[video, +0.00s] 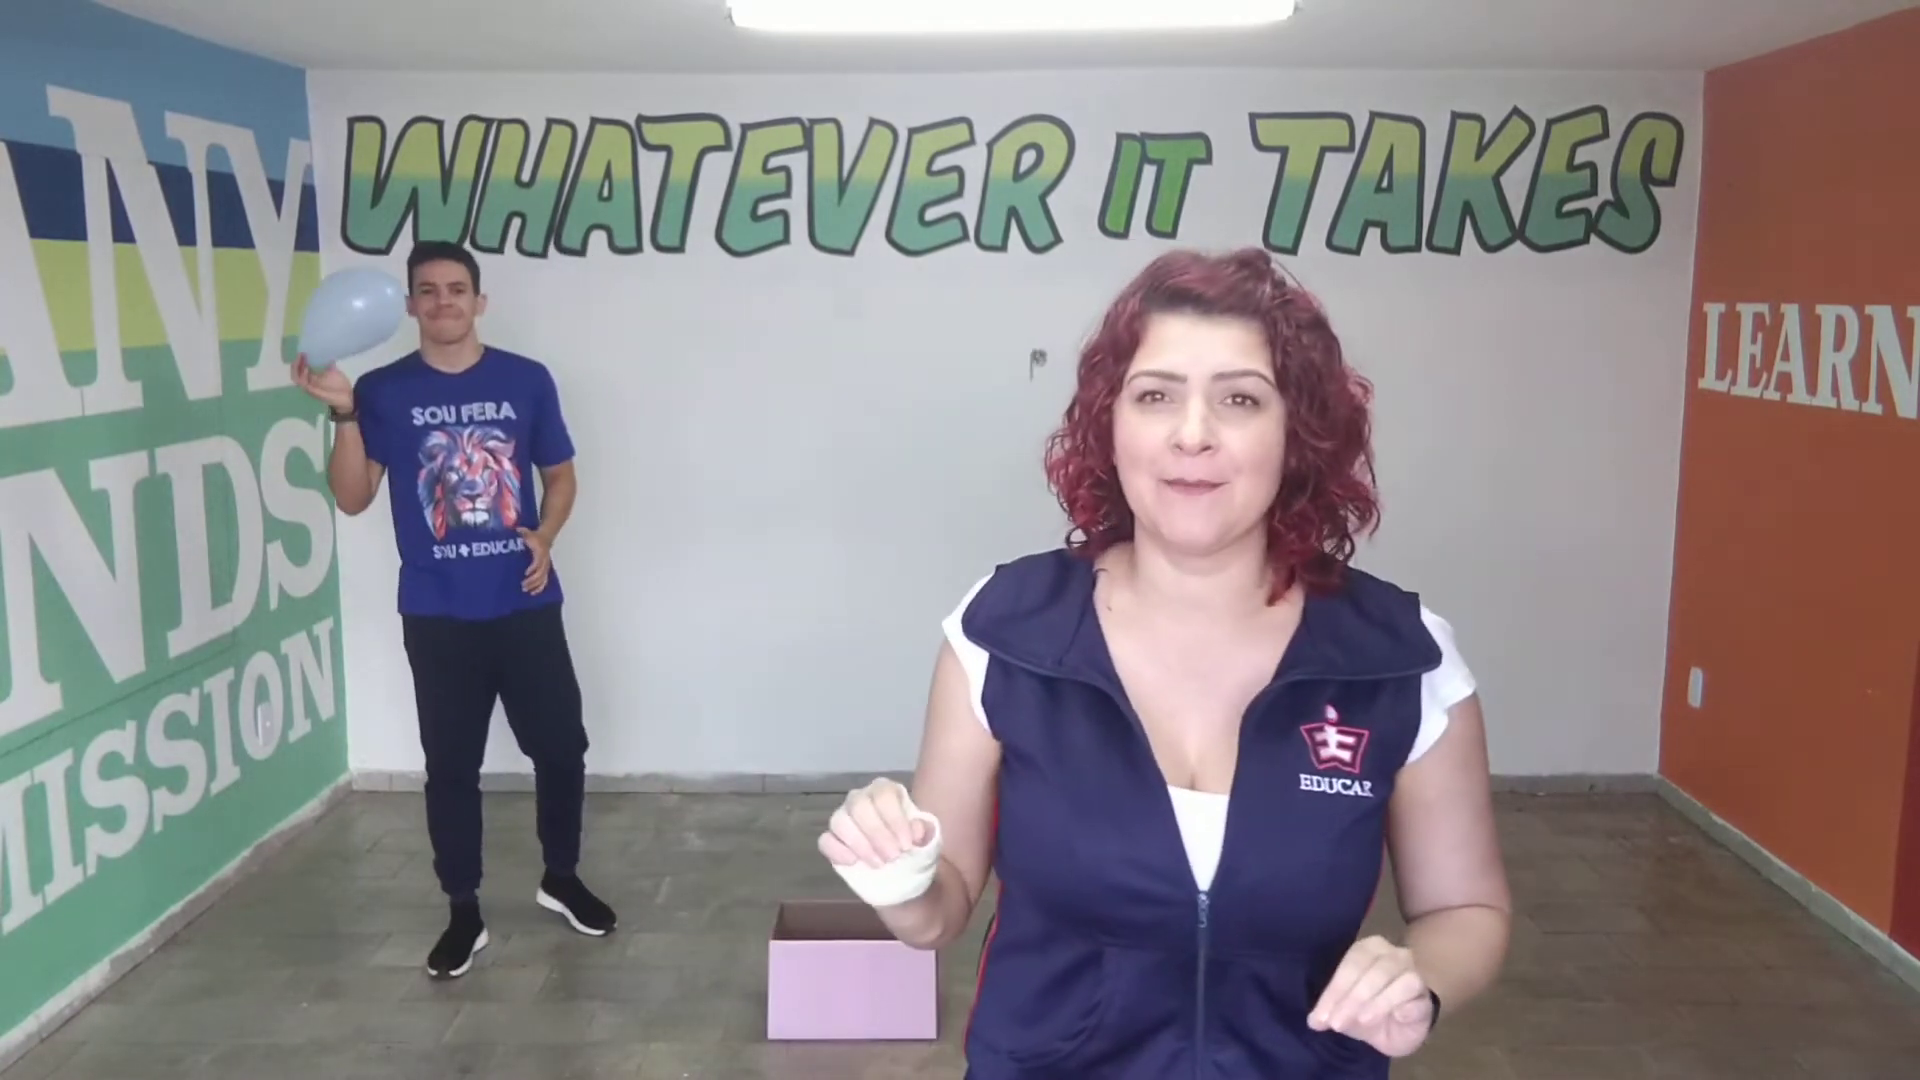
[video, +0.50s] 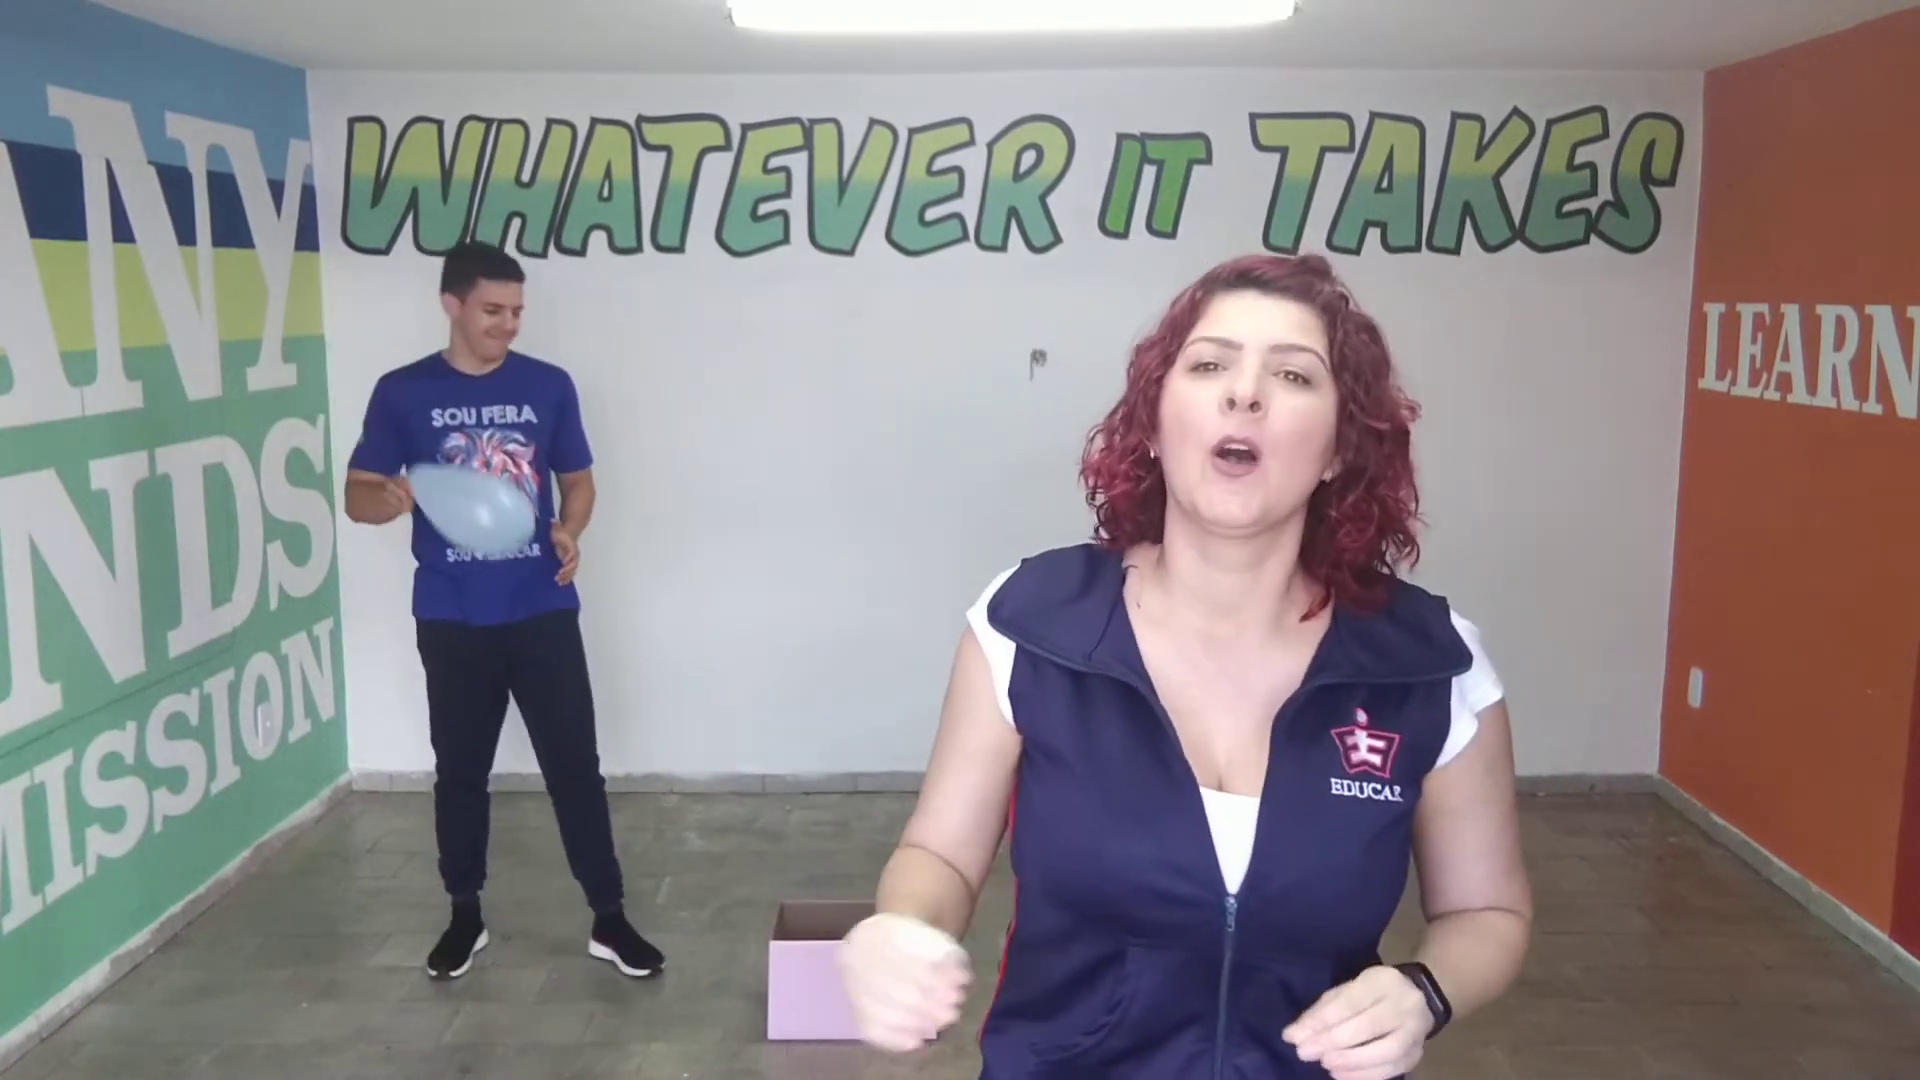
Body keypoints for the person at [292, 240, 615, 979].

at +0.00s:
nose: (441, 303)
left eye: (454, 290)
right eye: (427, 292)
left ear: (478, 301)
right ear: (411, 305)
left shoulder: (525, 381)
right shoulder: (383, 392)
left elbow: (561, 475)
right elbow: (352, 499)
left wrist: (545, 532)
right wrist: (346, 412)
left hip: (527, 609)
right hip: (438, 618)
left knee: (562, 747)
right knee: (449, 770)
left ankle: (562, 879)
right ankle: (463, 914)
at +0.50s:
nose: (506, 323)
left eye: (515, 310)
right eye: (492, 309)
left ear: (521, 311)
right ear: (452, 306)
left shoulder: (548, 387)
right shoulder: (402, 393)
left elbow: (578, 482)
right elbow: (356, 499)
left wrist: (570, 528)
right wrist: (393, 497)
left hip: (542, 615)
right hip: (454, 622)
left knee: (575, 767)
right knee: (460, 774)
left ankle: (609, 917)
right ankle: (465, 914)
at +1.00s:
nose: (611, 341)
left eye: (621, 328)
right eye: (601, 325)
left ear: (626, 322)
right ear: (561, 307)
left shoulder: (640, 395)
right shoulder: (495, 379)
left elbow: (661, 497)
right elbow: (451, 472)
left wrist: (630, 559)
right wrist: (478, 533)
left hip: (605, 617)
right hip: (516, 614)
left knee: (611, 770)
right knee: (489, 766)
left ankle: (612, 920)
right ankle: (467, 909)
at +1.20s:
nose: (642, 347)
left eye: (653, 334)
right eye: (633, 330)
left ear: (660, 328)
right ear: (595, 310)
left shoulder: (671, 397)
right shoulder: (529, 375)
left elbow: (696, 499)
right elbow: (484, 464)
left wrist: (660, 565)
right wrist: (501, 533)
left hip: (623, 615)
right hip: (536, 609)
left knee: (618, 770)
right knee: (519, 758)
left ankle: (612, 922)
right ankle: (521, 900)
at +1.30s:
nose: (652, 345)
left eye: (662, 334)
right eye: (643, 329)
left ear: (668, 327)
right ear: (606, 307)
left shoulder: (679, 399)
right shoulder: (538, 374)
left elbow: (705, 500)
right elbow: (496, 462)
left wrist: (673, 560)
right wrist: (511, 533)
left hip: (628, 615)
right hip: (543, 608)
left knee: (622, 765)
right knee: (533, 751)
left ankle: (612, 917)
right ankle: (583, 863)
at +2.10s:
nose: (631, 335)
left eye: (640, 322)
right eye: (618, 323)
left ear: (650, 313)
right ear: (586, 317)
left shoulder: (684, 378)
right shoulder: (555, 390)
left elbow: (723, 468)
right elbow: (538, 477)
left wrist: (694, 530)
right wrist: (555, 534)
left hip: (674, 582)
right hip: (601, 586)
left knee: (675, 729)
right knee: (625, 728)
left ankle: (685, 884)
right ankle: (646, 851)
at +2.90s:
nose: (696, 312)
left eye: (705, 301)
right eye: (683, 301)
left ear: (714, 305)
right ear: (657, 305)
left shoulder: (734, 373)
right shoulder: (626, 382)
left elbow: (751, 456)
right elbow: (598, 478)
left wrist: (771, 522)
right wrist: (664, 525)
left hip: (732, 575)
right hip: (665, 579)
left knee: (733, 704)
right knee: (656, 717)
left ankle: (742, 819)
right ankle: (648, 852)